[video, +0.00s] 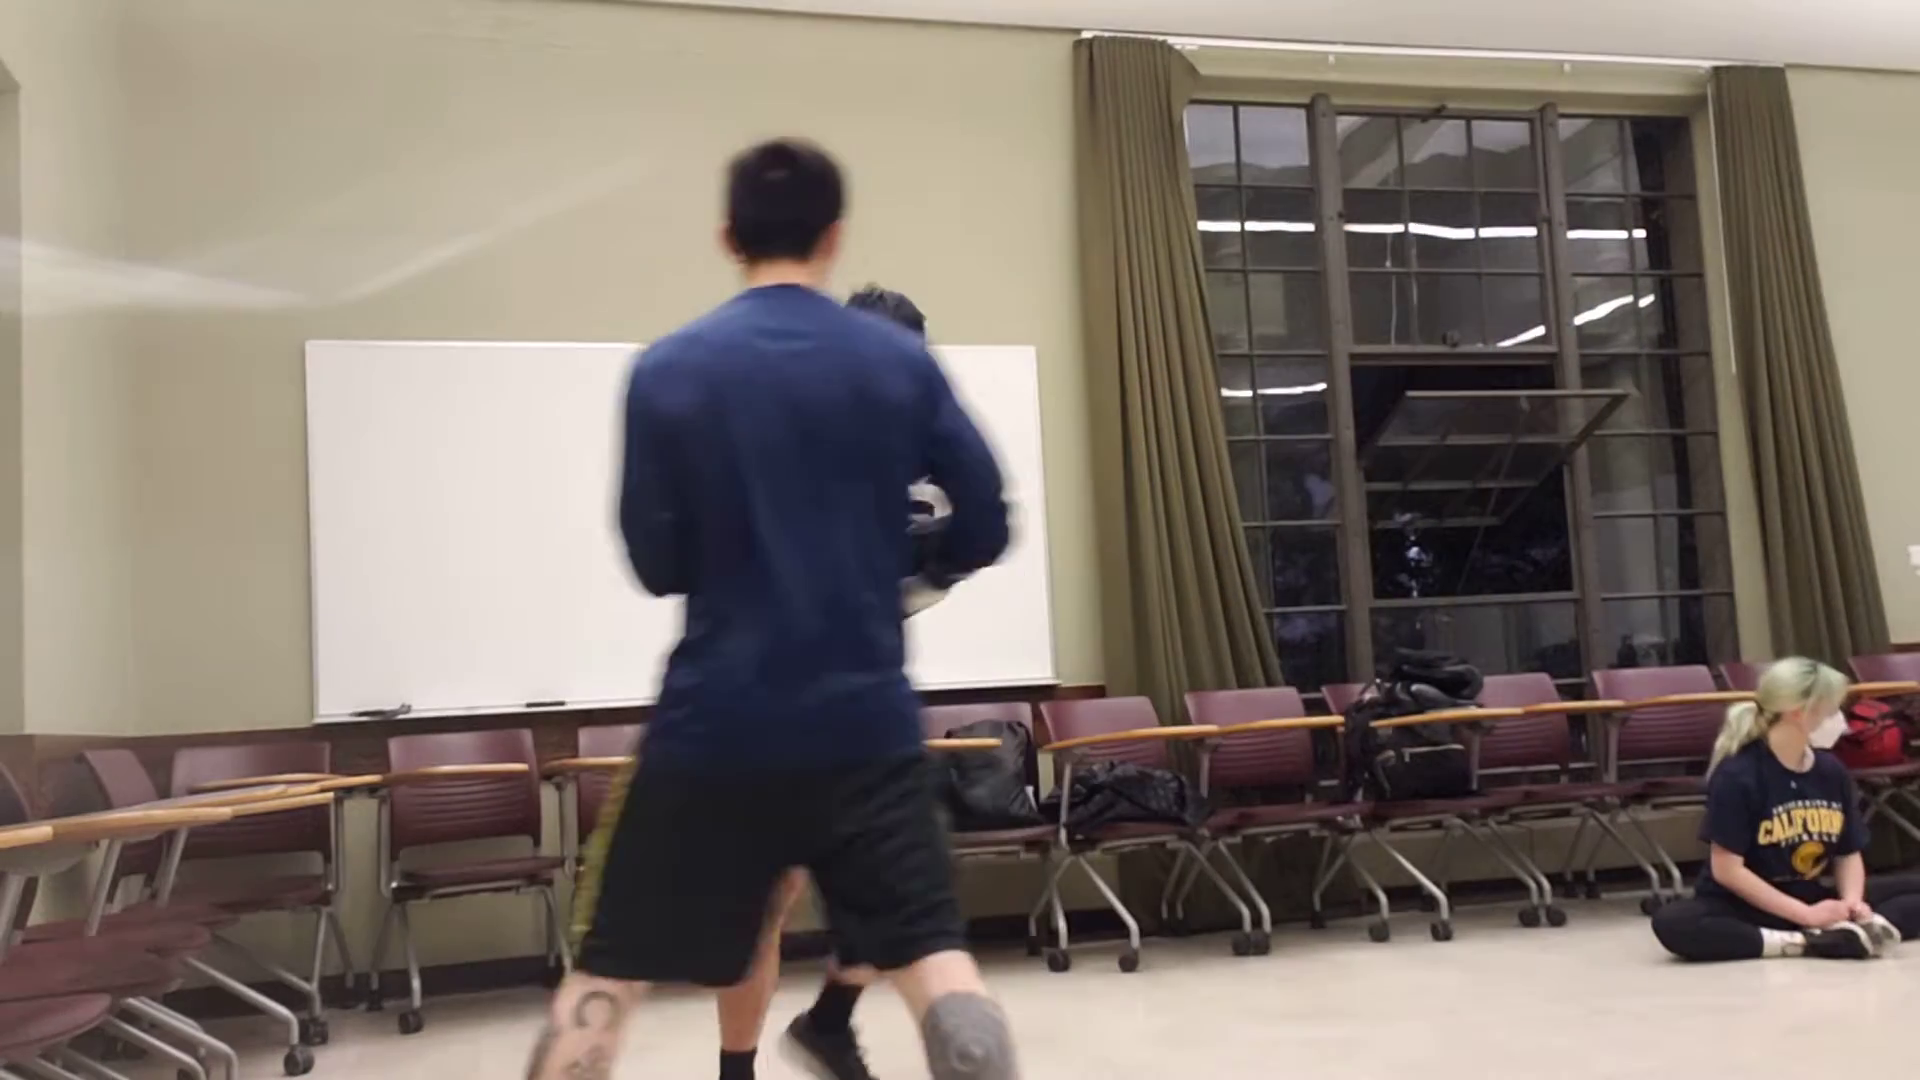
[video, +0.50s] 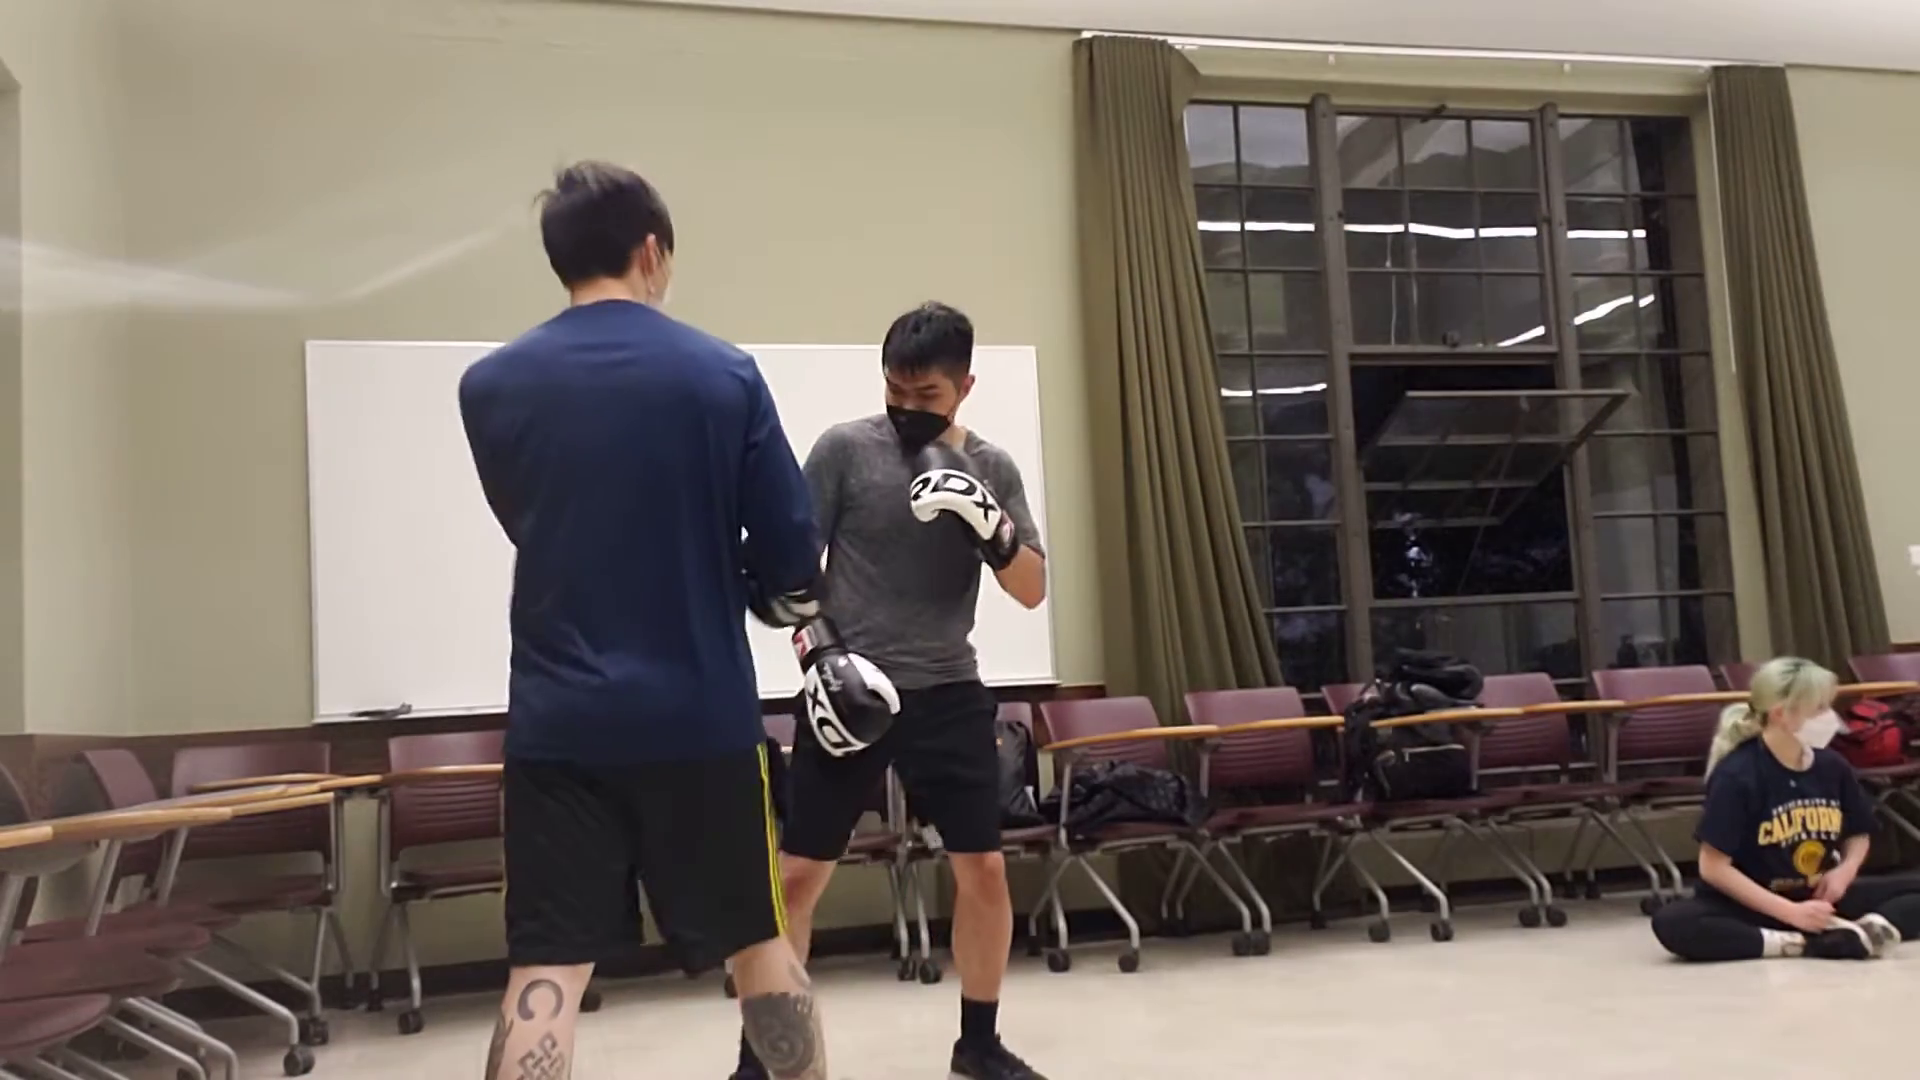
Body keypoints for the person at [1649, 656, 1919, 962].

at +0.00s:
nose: (1839, 717)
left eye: (1837, 707)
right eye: (1831, 708)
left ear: (1801, 715)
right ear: (1799, 714)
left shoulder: (1832, 772)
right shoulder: (1736, 775)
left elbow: (1848, 853)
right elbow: (1725, 869)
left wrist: (1852, 900)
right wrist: (1805, 915)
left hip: (1821, 898)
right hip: (1746, 902)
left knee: (1915, 897)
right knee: (1670, 923)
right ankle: (1799, 944)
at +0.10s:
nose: (1839, 717)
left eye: (1837, 707)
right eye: (1831, 708)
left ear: (1801, 714)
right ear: (1797, 714)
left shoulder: (1832, 771)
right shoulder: (1737, 775)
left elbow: (1851, 851)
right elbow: (1721, 866)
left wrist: (1849, 896)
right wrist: (1803, 911)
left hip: (1819, 898)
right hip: (1746, 903)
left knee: (1915, 896)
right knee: (1670, 922)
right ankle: (1799, 944)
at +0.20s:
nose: (1837, 717)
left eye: (1834, 707)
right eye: (1826, 710)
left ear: (1799, 714)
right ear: (1791, 714)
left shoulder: (1832, 768)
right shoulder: (1738, 774)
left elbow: (1855, 844)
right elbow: (1714, 865)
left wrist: (1849, 880)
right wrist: (1798, 909)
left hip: (1825, 895)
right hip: (1754, 903)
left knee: (1915, 891)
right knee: (1670, 923)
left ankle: (1850, 933)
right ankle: (1798, 944)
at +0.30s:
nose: (1835, 718)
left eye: (1833, 707)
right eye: (1824, 710)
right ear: (1787, 715)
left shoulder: (1831, 767)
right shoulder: (1738, 774)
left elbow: (1859, 836)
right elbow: (1710, 865)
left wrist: (1850, 871)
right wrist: (1790, 909)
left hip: (1824, 894)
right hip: (1753, 903)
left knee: (1916, 890)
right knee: (1670, 923)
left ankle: (1854, 934)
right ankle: (1795, 945)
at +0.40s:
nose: (1834, 718)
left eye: (1831, 708)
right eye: (1822, 710)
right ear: (1783, 715)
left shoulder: (1833, 767)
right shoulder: (1738, 774)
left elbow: (1860, 833)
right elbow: (1710, 866)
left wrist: (1847, 869)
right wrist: (1788, 911)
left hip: (1824, 895)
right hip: (1753, 904)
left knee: (1916, 891)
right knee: (1670, 923)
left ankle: (1853, 934)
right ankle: (1794, 945)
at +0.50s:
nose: (1832, 718)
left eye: (1829, 707)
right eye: (1820, 710)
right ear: (1780, 715)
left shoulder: (1833, 767)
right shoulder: (1737, 774)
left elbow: (1860, 832)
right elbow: (1711, 867)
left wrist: (1844, 872)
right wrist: (1790, 912)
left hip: (1824, 897)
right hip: (1752, 905)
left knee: (1916, 890)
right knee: (1670, 923)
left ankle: (1857, 934)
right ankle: (1794, 945)